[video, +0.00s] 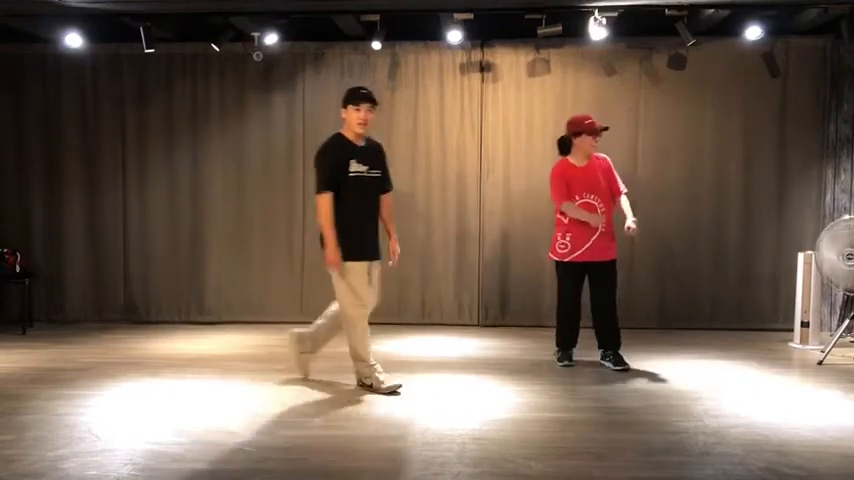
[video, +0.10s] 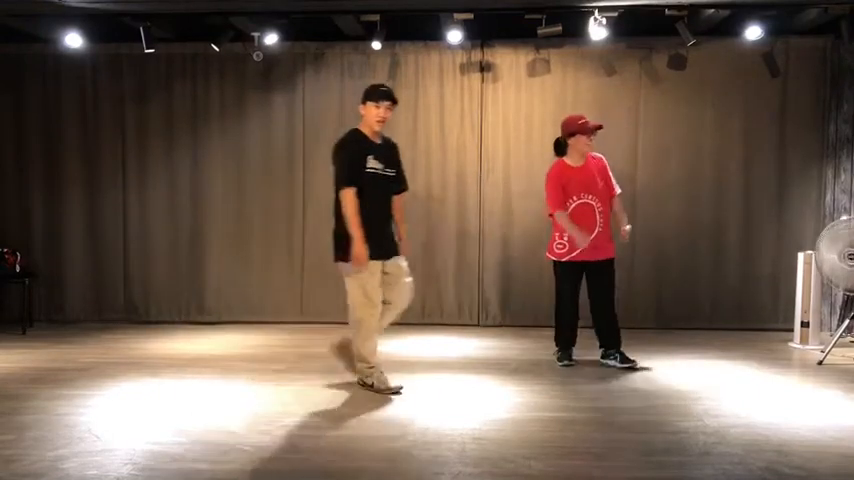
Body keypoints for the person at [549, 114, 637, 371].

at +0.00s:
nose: (597, 139)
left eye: (598, 135)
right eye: (593, 136)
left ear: (593, 139)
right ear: (577, 138)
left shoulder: (604, 163)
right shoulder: (560, 170)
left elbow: (620, 193)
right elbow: (563, 204)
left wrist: (629, 217)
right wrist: (589, 217)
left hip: (602, 248)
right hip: (570, 250)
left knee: (605, 302)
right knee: (568, 302)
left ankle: (609, 351)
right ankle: (565, 349)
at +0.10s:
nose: (591, 139)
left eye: (591, 134)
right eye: (586, 135)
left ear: (587, 138)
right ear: (571, 139)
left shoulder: (599, 163)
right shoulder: (557, 172)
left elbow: (614, 196)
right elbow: (557, 211)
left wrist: (623, 222)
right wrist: (577, 233)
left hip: (600, 248)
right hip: (568, 250)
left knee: (604, 302)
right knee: (566, 303)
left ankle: (611, 350)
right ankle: (564, 349)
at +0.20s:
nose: (589, 137)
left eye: (590, 133)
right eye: (584, 134)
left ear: (588, 137)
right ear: (569, 138)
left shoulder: (599, 163)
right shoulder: (555, 173)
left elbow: (610, 195)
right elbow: (551, 213)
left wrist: (615, 223)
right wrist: (551, 245)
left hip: (600, 247)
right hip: (568, 249)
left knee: (605, 301)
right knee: (565, 303)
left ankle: (610, 348)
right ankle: (564, 349)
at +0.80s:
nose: (602, 140)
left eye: (607, 136)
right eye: (598, 135)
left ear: (614, 140)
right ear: (590, 139)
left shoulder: (622, 169)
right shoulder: (577, 166)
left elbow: (630, 199)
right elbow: (572, 203)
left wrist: (638, 219)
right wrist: (580, 232)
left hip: (606, 246)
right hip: (577, 245)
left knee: (603, 298)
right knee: (572, 297)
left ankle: (602, 340)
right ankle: (564, 343)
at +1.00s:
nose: (602, 141)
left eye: (608, 136)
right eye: (598, 136)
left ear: (616, 140)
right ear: (591, 139)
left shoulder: (623, 169)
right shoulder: (581, 164)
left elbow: (629, 203)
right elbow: (574, 197)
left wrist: (632, 225)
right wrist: (609, 217)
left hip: (606, 242)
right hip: (577, 239)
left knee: (603, 296)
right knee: (565, 291)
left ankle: (603, 339)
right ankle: (552, 338)